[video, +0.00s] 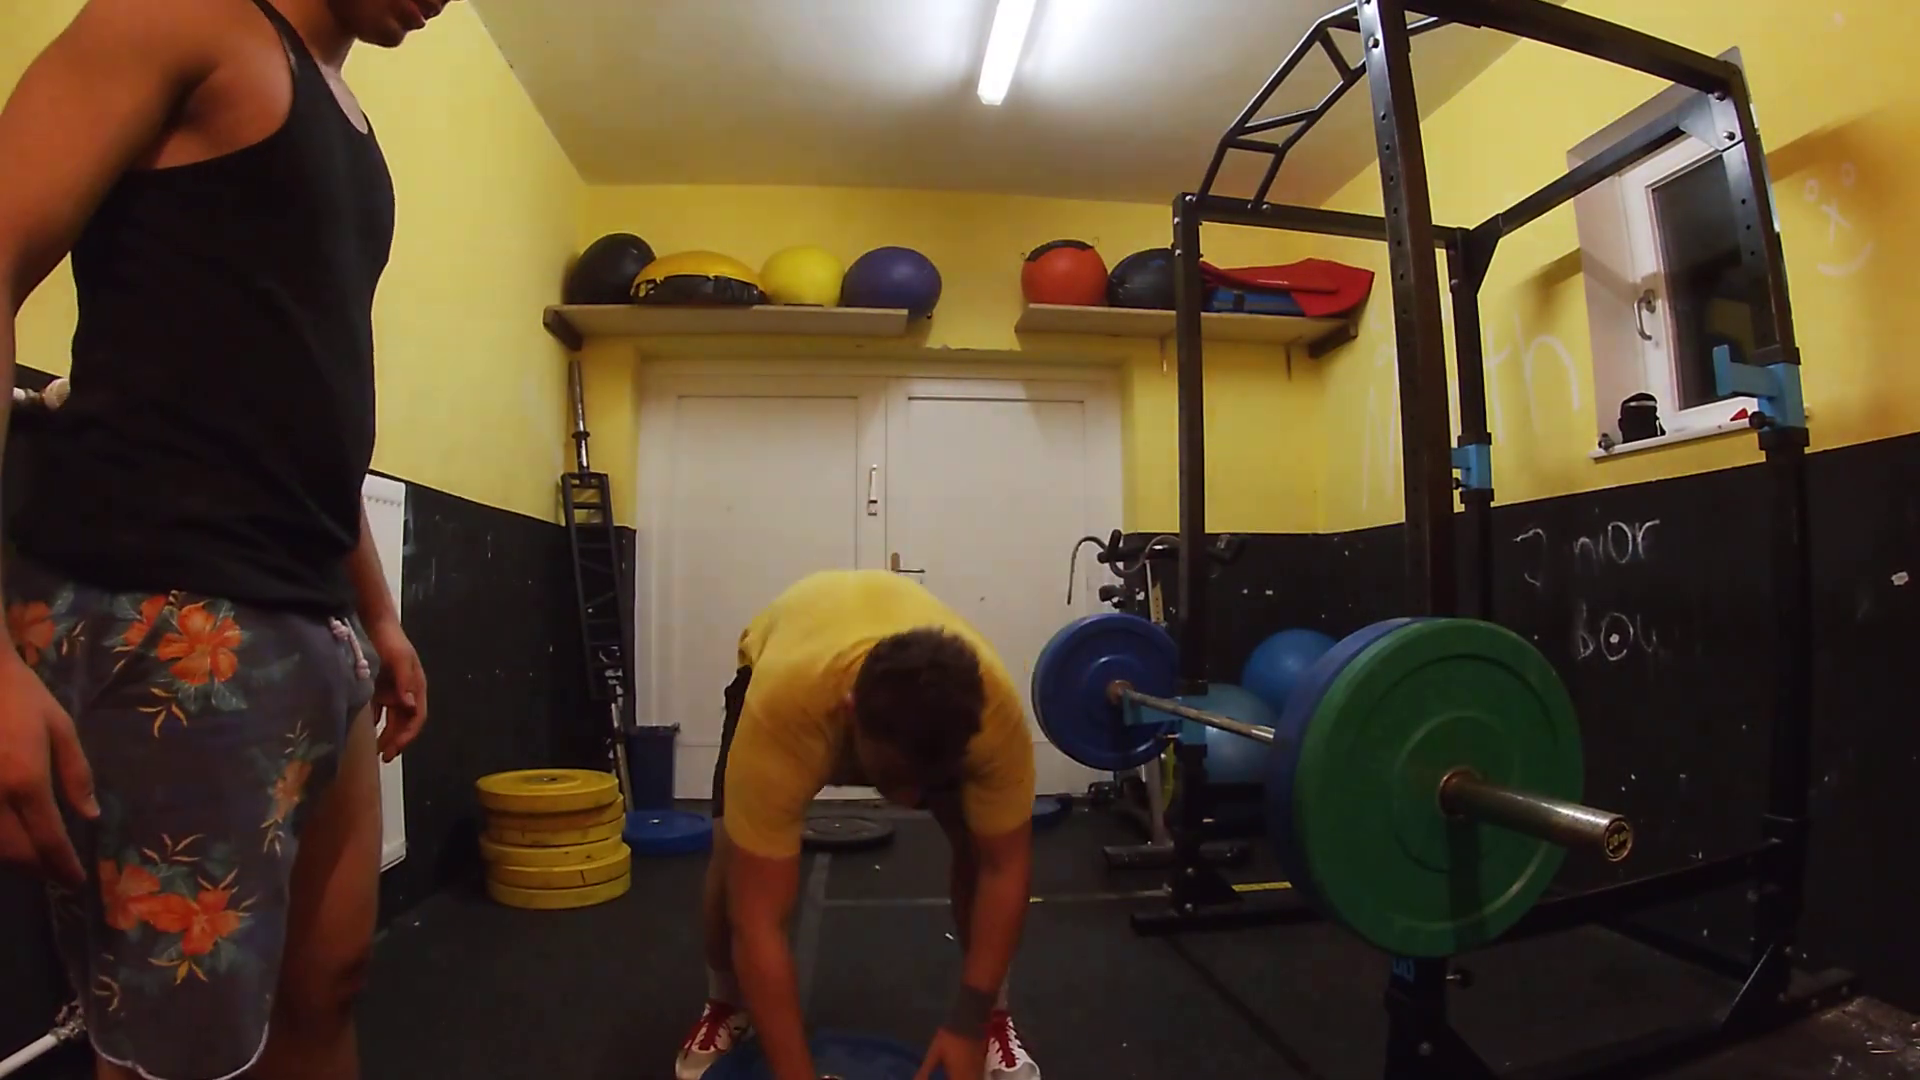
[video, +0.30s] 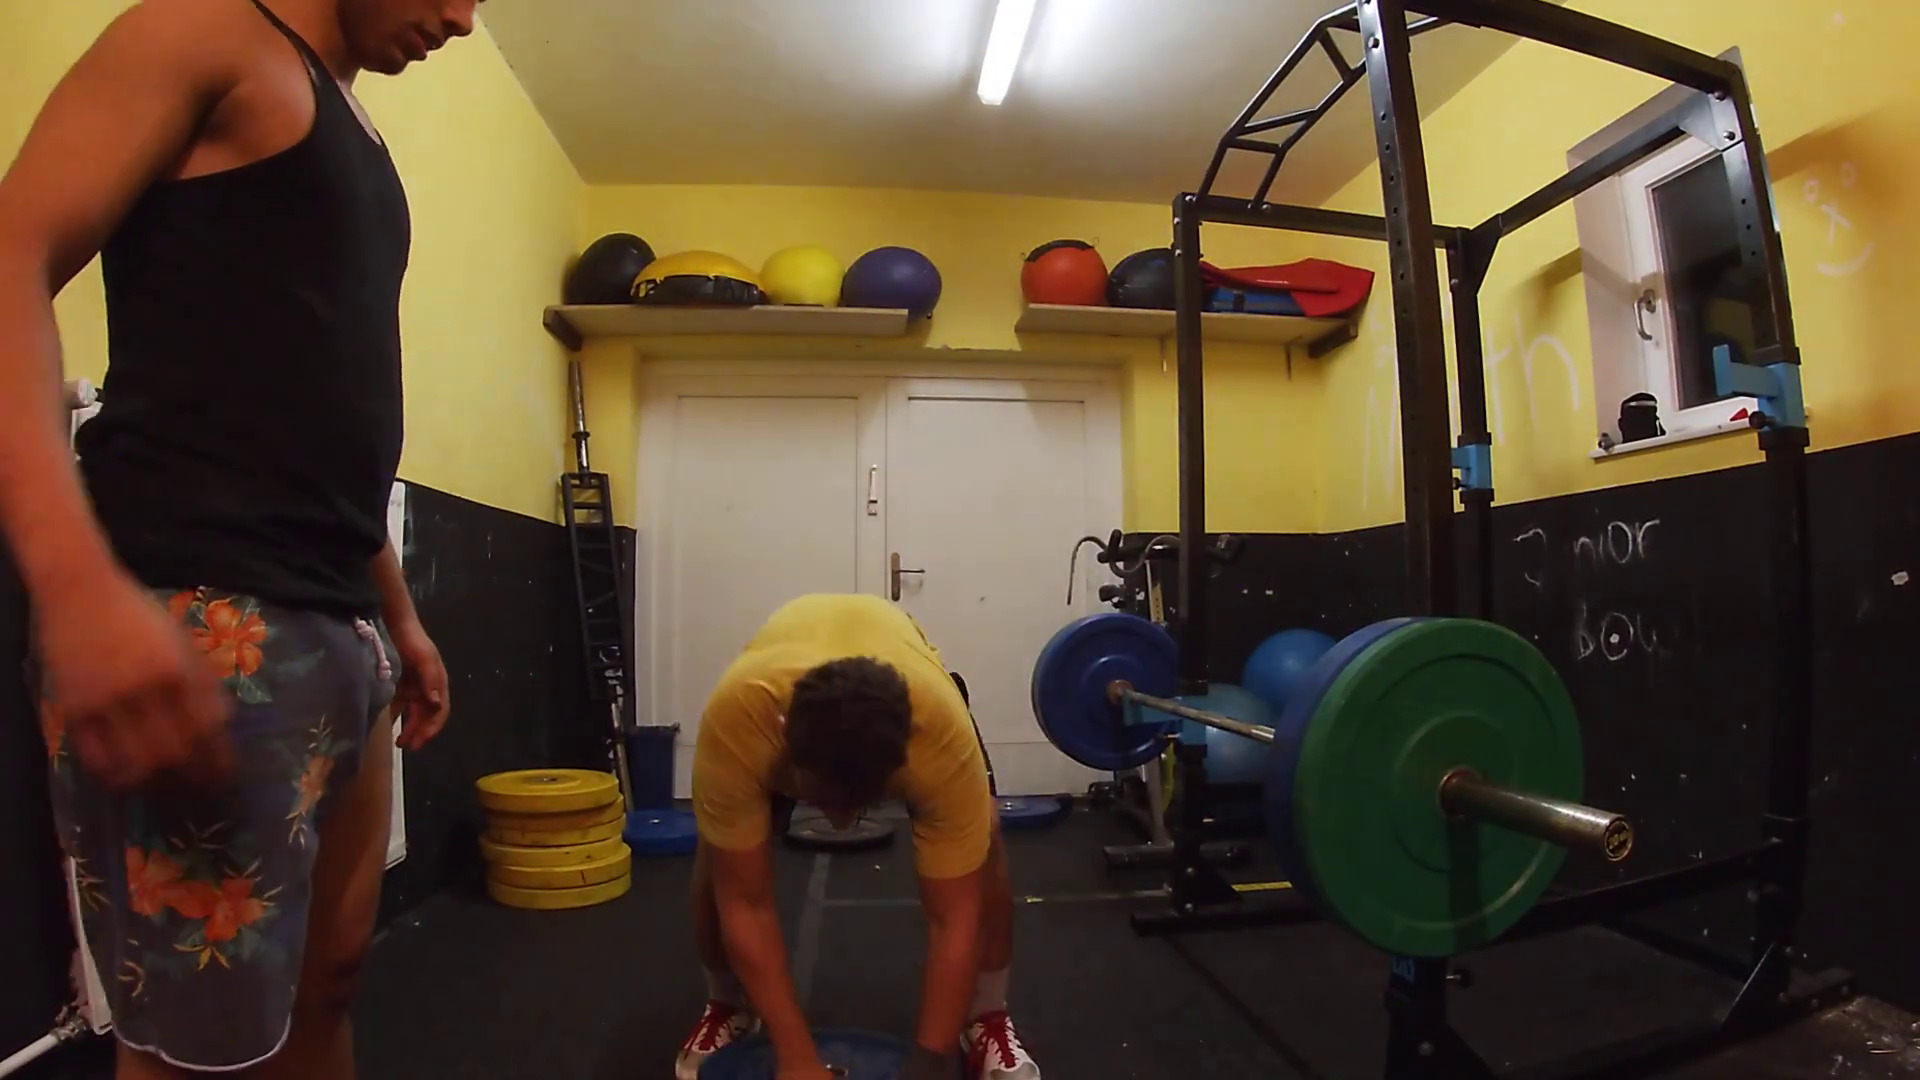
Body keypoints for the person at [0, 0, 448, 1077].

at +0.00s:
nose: (434, 3)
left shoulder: (346, 114)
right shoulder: (181, 22)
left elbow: (309, 394)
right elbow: (1, 285)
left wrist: (375, 609)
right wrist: (1, 654)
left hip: (316, 634)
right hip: (168, 634)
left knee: (323, 1002)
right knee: (171, 1046)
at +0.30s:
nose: (463, 18)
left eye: (472, 4)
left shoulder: (353, 129)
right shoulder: (200, 33)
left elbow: (330, 397)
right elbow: (11, 262)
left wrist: (394, 610)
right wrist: (79, 590)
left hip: (339, 633)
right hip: (196, 629)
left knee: (323, 997)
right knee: (184, 1045)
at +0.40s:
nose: (472, 29)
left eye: (485, 12)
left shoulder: (353, 133)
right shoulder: (203, 48)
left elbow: (330, 409)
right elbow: (17, 269)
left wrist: (406, 610)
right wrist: (175, 464)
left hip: (337, 622)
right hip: (188, 617)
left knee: (322, 995)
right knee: (192, 1035)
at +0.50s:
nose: (470, 43)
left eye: (488, 24)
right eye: (471, 8)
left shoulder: (363, 162)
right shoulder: (197, 61)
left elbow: (342, 422)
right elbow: (25, 271)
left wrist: (417, 614)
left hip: (347, 630)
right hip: (199, 622)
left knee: (318, 1000)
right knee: (201, 1039)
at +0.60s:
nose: (467, 52)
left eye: (485, 32)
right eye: (473, 18)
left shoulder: (355, 148)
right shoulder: (210, 62)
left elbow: (350, 415)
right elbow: (51, 231)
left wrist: (424, 614)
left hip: (355, 625)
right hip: (210, 615)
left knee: (321, 991)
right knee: (206, 1037)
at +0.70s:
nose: (459, 60)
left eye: (479, 38)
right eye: (463, 21)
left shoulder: (344, 143)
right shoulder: (226, 94)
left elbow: (356, 408)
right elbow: (136, 102)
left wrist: (430, 616)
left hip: (358, 620)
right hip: (214, 617)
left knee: (324, 989)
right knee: (207, 1032)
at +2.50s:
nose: (440, 71)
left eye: (463, 54)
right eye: (444, 30)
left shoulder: (353, 158)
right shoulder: (208, 76)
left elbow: (344, 401)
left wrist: (414, 600)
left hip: (357, 618)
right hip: (229, 616)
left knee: (323, 999)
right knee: (217, 1032)